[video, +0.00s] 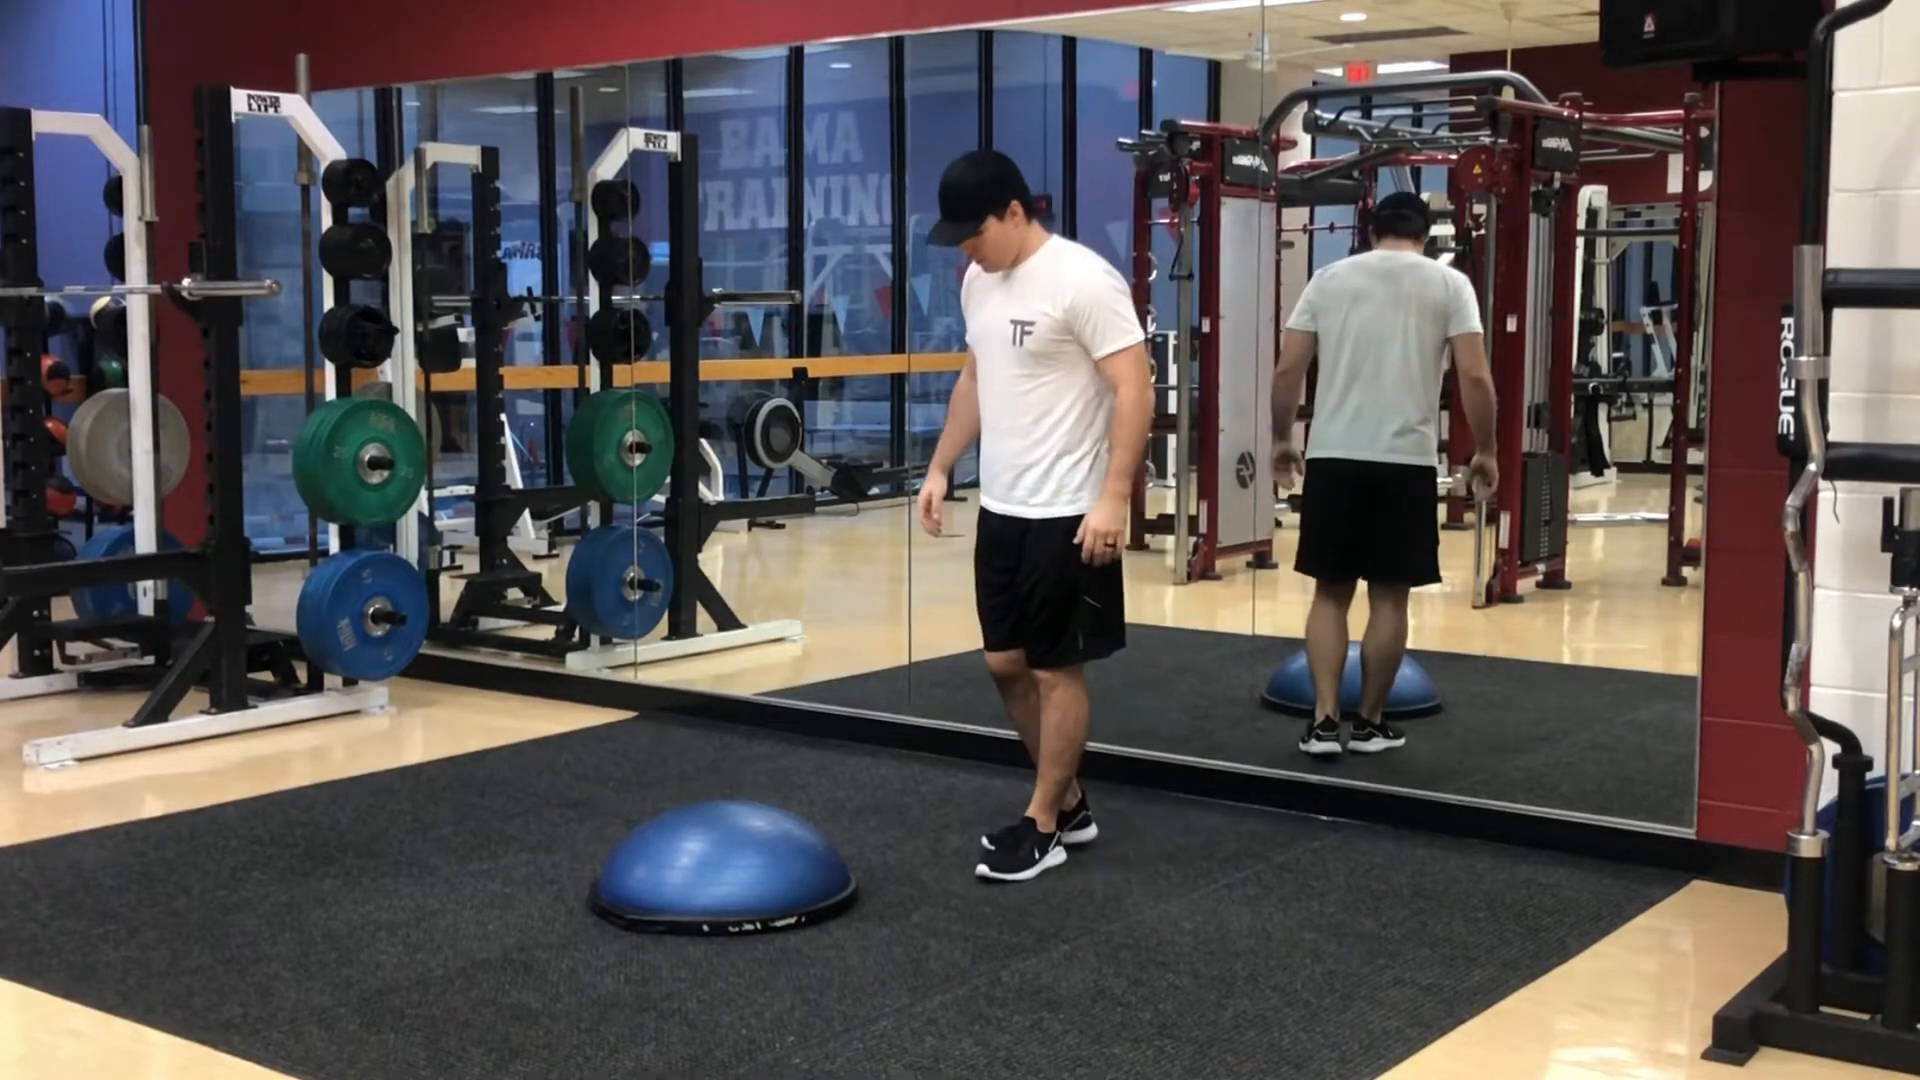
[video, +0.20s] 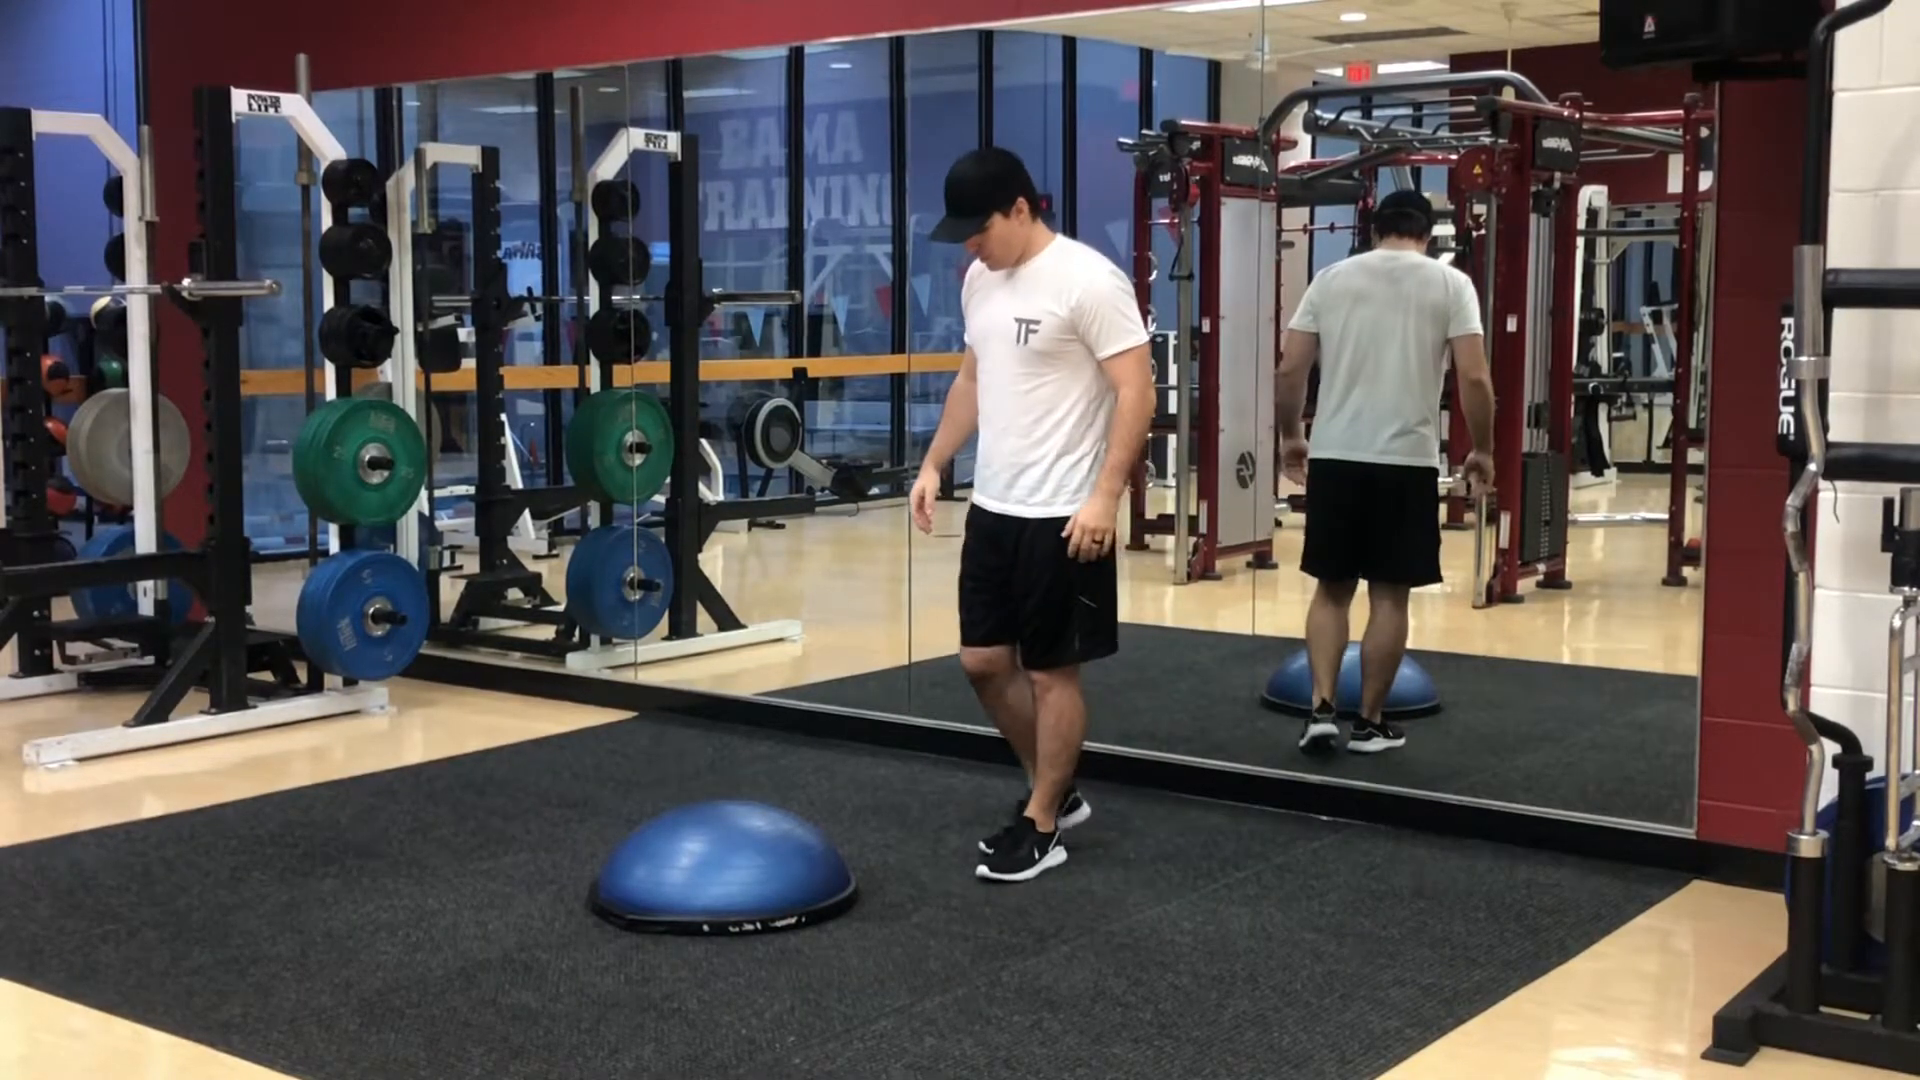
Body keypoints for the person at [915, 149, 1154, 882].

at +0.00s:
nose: (967, 253)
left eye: (973, 237)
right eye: (961, 241)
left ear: (1012, 213)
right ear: (985, 224)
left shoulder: (1086, 279)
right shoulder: (978, 282)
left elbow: (1136, 388)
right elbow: (977, 378)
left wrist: (1116, 496)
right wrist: (940, 466)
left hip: (1069, 512)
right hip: (1002, 509)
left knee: (1059, 667)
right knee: (1007, 662)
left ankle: (1042, 824)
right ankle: (1068, 800)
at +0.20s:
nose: (972, 248)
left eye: (979, 232)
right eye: (966, 236)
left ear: (1020, 210)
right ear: (997, 217)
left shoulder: (1091, 280)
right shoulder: (979, 279)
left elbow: (1138, 392)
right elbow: (974, 378)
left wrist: (1105, 496)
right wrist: (934, 462)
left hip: (1065, 513)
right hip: (994, 509)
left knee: (1054, 669)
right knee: (986, 661)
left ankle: (1041, 824)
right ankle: (1058, 790)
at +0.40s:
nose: (974, 246)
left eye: (981, 230)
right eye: (968, 234)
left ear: (1023, 207)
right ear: (996, 215)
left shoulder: (1095, 280)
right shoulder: (982, 278)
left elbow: (1142, 392)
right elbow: (974, 378)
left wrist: (1117, 496)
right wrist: (934, 464)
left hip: (1062, 515)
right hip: (986, 507)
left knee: (1050, 670)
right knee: (955, 653)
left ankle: (1042, 825)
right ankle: (986, 803)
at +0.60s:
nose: (975, 243)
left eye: (982, 228)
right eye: (970, 230)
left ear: (1024, 207)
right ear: (1000, 215)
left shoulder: (1096, 281)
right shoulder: (982, 274)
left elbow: (1141, 393)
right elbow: (970, 373)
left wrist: (1123, 499)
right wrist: (936, 463)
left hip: (1060, 513)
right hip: (979, 503)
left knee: (1052, 672)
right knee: (931, 642)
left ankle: (1042, 823)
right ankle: (948, 802)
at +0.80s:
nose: (971, 246)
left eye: (979, 231)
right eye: (966, 234)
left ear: (1020, 209)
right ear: (969, 223)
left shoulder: (1089, 283)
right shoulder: (972, 275)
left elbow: (1135, 395)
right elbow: (960, 371)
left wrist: (1120, 502)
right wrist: (923, 459)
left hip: (1056, 514)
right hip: (973, 505)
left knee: (1053, 673)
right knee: (936, 651)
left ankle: (1045, 823)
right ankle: (947, 808)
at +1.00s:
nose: (955, 249)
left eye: (962, 235)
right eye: (948, 239)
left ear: (1001, 210)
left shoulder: (1074, 283)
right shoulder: (952, 275)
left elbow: (1122, 395)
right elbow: (943, 373)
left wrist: (1111, 499)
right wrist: (904, 460)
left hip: (1042, 514)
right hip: (961, 508)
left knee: (1043, 673)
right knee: (947, 663)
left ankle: (1049, 816)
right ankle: (954, 807)